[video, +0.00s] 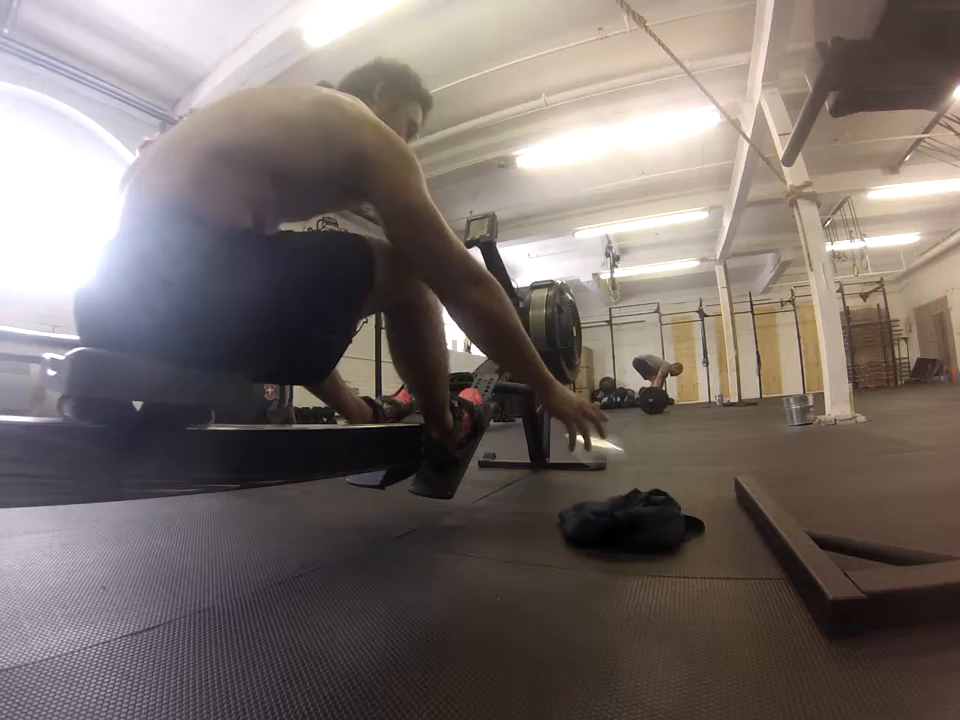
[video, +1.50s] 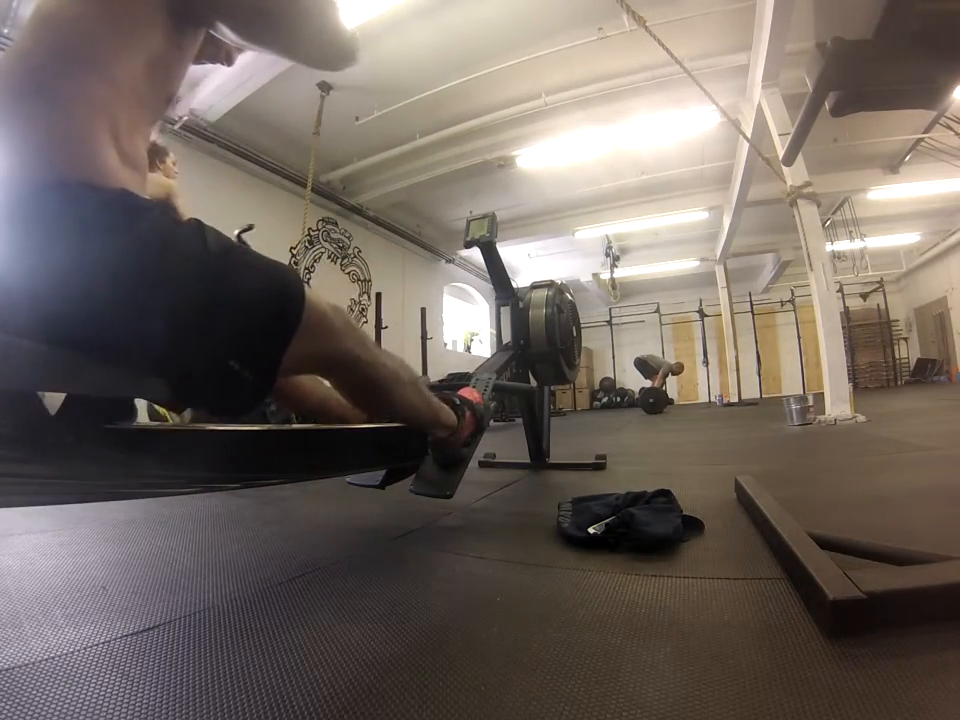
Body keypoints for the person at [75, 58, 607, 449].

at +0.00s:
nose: (413, 145)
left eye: (417, 133)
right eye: (412, 129)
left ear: (354, 92)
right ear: (387, 104)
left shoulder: (266, 118)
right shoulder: (375, 141)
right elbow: (462, 280)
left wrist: (352, 401)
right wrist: (548, 386)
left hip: (109, 298)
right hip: (196, 290)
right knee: (409, 273)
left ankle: (362, 422)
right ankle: (444, 441)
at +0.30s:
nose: (394, 138)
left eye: (402, 128)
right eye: (400, 120)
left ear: (340, 80)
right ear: (384, 95)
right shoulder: (350, 116)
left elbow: (259, 274)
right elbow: (425, 268)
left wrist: (349, 404)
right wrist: (508, 371)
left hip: (114, 310)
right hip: (198, 300)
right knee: (416, 275)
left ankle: (364, 414)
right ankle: (445, 432)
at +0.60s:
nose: (342, 95)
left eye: (349, 86)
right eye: (346, 78)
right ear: (326, 50)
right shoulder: (277, 40)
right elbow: (392, 152)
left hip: (82, 293)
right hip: (163, 275)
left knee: (271, 312)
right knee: (397, 276)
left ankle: (363, 415)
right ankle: (444, 428)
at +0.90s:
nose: (273, 79)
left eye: (281, 74)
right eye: (282, 61)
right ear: (267, 22)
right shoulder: (217, 10)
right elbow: (382, 52)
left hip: (53, 273)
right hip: (129, 256)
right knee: (370, 292)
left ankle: (368, 427)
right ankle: (444, 431)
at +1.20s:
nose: (239, 54)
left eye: (242, 52)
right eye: (236, 42)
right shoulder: (178, 8)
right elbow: (344, 42)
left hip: (20, 239)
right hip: (98, 231)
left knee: (267, 346)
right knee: (346, 313)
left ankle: (364, 426)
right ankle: (445, 429)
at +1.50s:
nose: (223, 57)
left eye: (223, 53)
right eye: (219, 43)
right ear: (197, 11)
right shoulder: (173, 5)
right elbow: (337, 47)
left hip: (20, 228)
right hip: (89, 224)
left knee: (269, 364)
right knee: (333, 333)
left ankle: (368, 432)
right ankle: (449, 426)